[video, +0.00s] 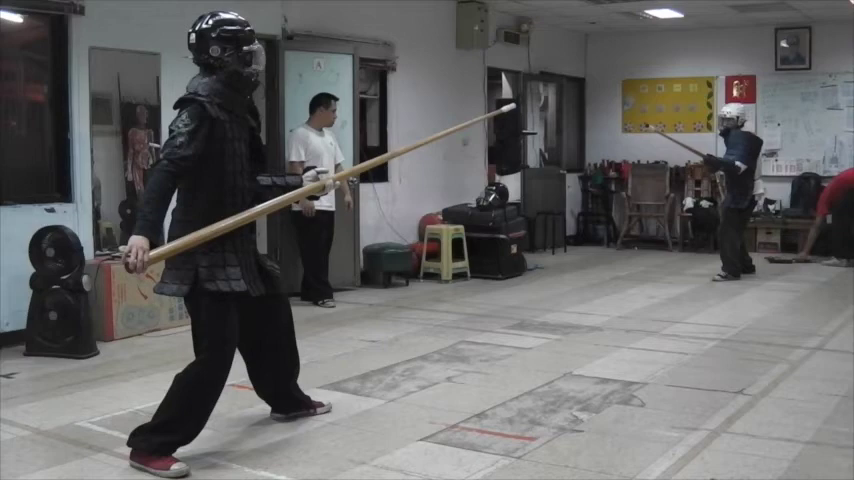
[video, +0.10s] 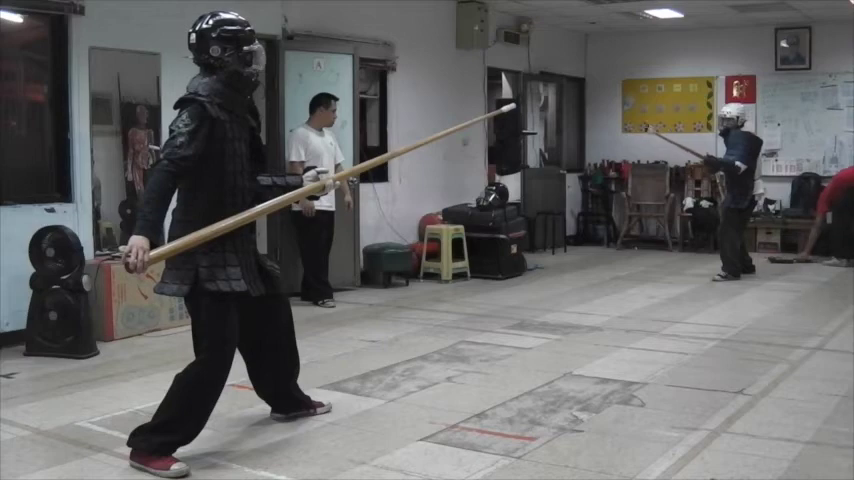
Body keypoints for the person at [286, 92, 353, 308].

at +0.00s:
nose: (335, 115)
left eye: (335, 111)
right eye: (332, 111)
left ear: (322, 112)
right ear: (319, 111)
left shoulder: (329, 136)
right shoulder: (300, 134)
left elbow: (338, 168)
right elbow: (294, 170)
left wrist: (346, 191)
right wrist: (302, 197)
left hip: (327, 203)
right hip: (308, 204)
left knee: (322, 250)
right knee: (313, 250)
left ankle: (312, 290)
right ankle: (321, 293)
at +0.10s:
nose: (335, 115)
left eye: (335, 111)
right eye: (332, 111)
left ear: (322, 112)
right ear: (319, 111)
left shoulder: (329, 136)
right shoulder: (300, 134)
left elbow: (338, 168)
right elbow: (295, 170)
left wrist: (346, 191)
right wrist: (302, 197)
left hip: (327, 203)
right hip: (308, 204)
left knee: (322, 250)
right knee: (313, 250)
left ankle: (312, 290)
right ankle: (320, 293)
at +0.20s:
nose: (335, 115)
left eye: (335, 111)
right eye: (332, 110)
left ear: (322, 112)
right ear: (319, 110)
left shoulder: (329, 136)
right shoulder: (299, 135)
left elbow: (338, 167)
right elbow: (295, 169)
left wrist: (347, 191)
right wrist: (302, 197)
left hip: (327, 203)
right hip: (308, 204)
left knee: (322, 250)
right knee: (313, 250)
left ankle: (312, 290)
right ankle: (320, 293)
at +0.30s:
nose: (335, 115)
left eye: (335, 111)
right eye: (332, 110)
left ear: (322, 112)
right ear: (319, 111)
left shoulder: (329, 136)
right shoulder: (300, 134)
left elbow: (338, 167)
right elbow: (295, 169)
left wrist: (347, 191)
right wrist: (302, 197)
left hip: (327, 203)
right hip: (307, 204)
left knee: (322, 250)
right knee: (313, 250)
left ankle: (312, 290)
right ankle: (321, 293)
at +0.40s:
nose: (335, 115)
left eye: (335, 111)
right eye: (332, 110)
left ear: (322, 112)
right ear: (319, 111)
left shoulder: (329, 136)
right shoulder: (300, 134)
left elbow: (338, 168)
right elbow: (295, 169)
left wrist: (347, 191)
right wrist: (303, 197)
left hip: (327, 203)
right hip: (308, 203)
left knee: (322, 250)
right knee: (313, 250)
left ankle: (312, 290)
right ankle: (320, 293)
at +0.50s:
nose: (335, 115)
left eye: (335, 111)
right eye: (332, 110)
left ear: (322, 112)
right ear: (319, 111)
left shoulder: (329, 136)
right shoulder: (300, 135)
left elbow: (338, 168)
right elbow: (295, 169)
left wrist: (347, 191)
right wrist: (303, 197)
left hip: (327, 203)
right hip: (308, 204)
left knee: (322, 250)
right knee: (313, 250)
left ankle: (312, 290)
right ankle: (320, 293)